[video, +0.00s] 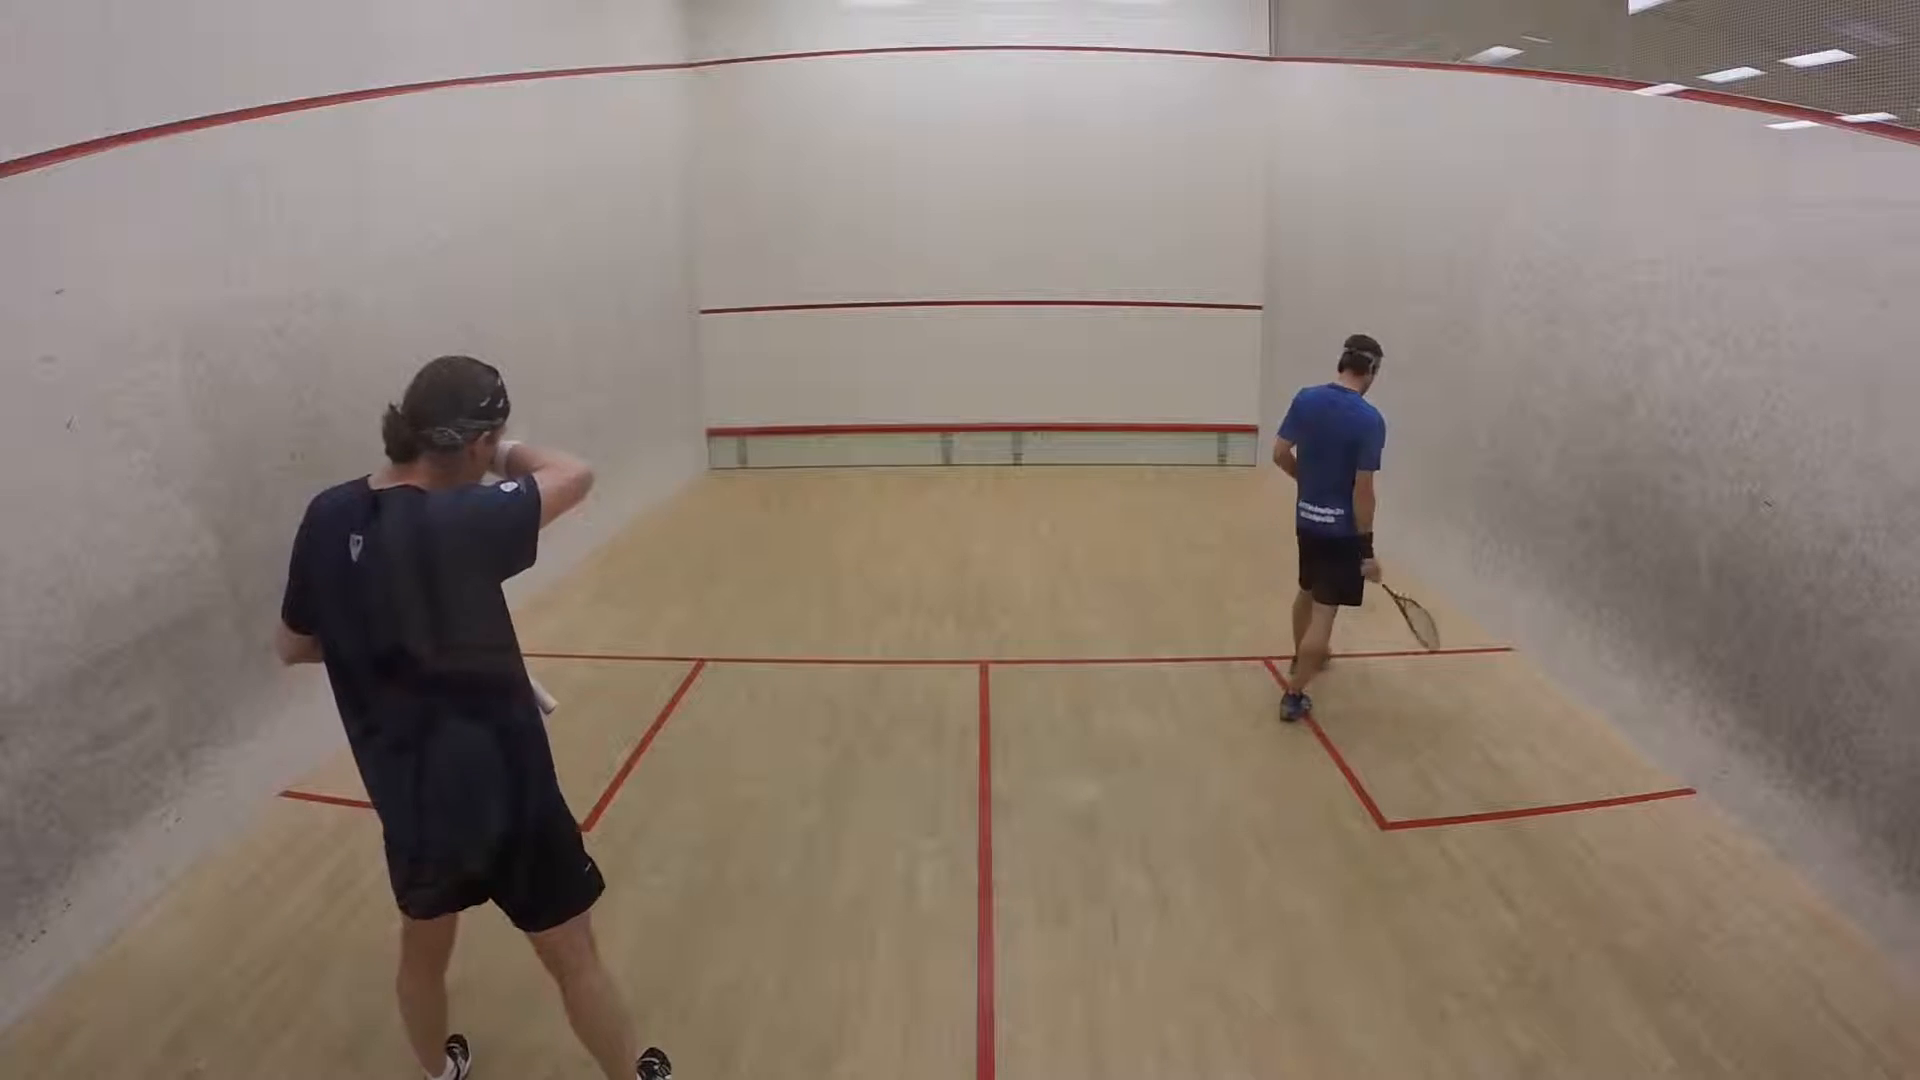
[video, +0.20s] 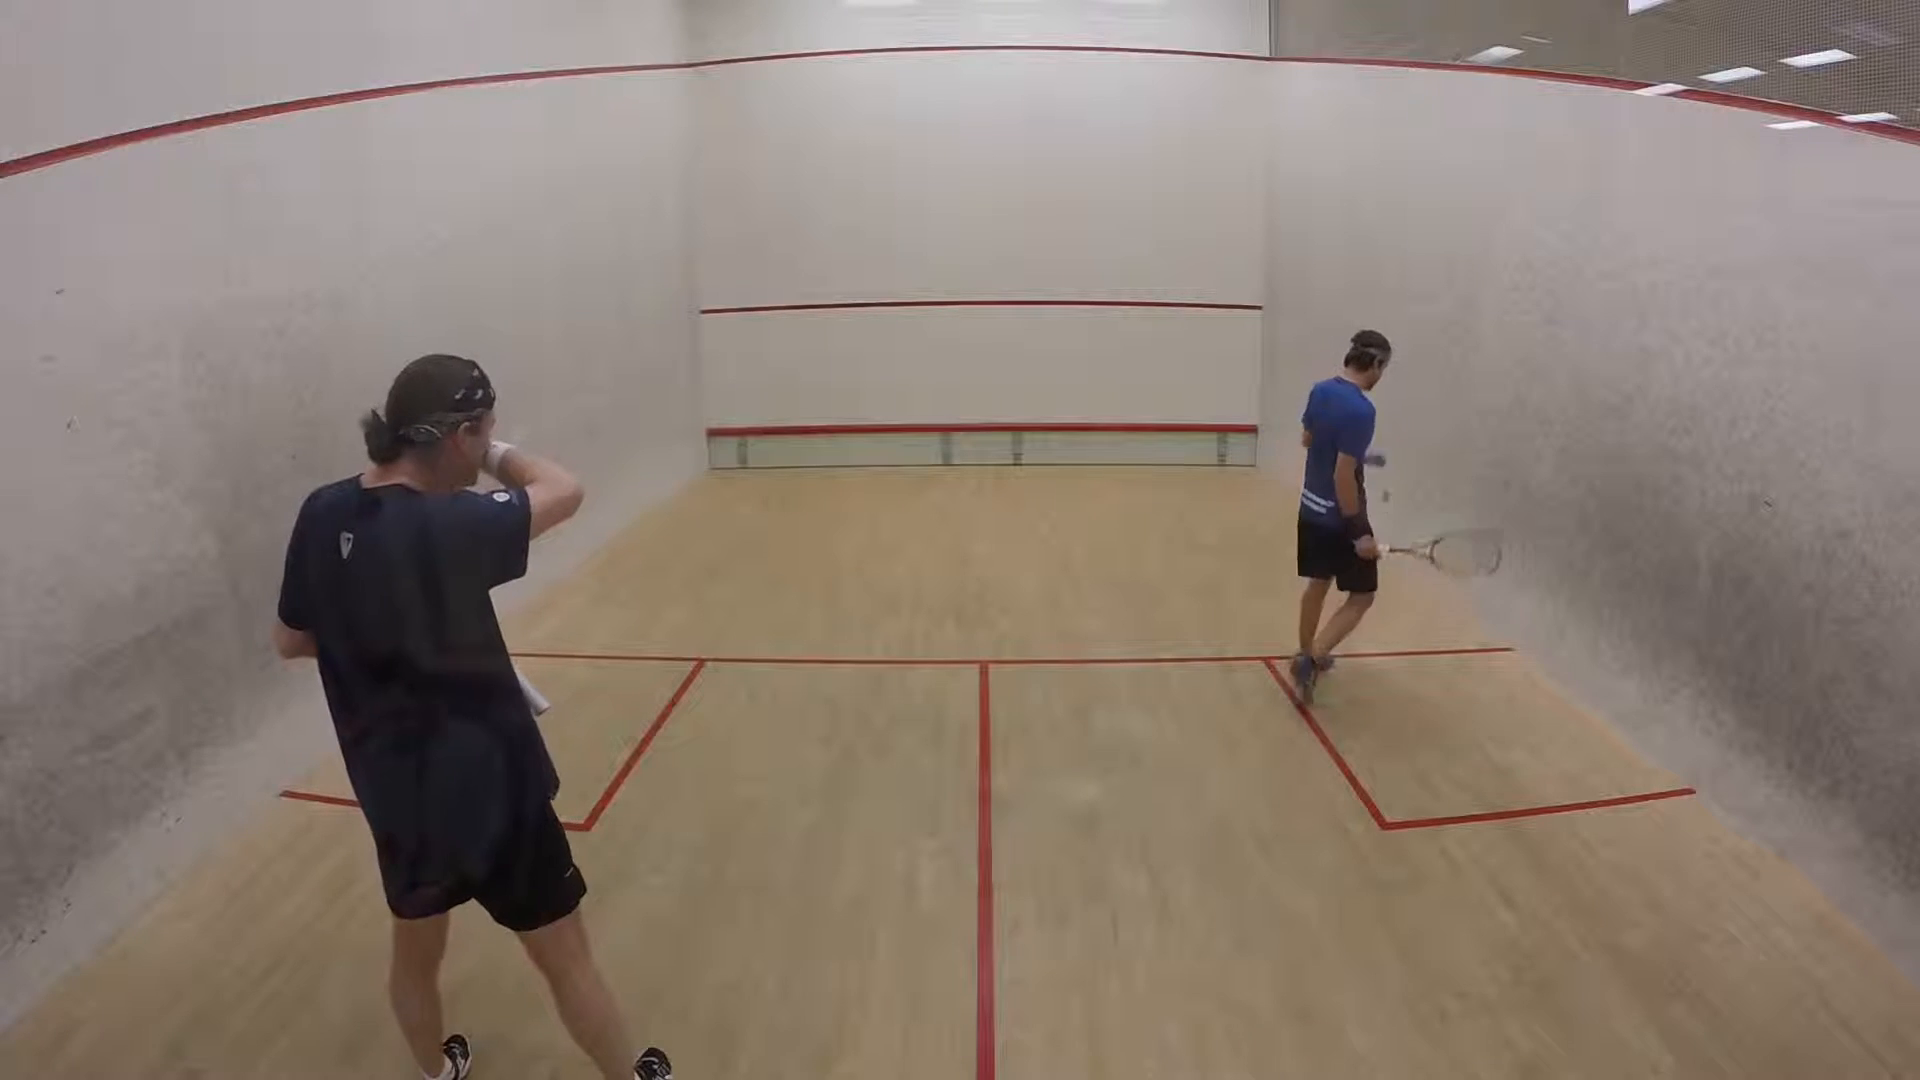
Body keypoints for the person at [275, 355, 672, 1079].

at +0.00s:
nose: (499, 446)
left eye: (498, 435)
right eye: (494, 437)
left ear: (406, 431)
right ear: (474, 444)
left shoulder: (331, 517)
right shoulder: (472, 521)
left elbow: (294, 644)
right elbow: (572, 476)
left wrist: (380, 625)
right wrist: (502, 451)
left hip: (412, 801)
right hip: (509, 792)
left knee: (423, 952)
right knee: (572, 958)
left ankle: (435, 1070)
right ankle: (632, 1072)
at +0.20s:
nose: (491, 445)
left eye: (489, 431)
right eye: (485, 433)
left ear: (396, 434)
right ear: (451, 437)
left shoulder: (323, 515)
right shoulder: (453, 525)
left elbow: (291, 638)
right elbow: (562, 490)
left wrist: (369, 609)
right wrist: (489, 448)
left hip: (399, 799)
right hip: (495, 787)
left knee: (415, 956)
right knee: (566, 959)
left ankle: (433, 1071)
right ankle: (629, 1071)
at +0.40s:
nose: (479, 443)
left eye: (478, 428)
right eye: (473, 429)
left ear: (386, 431)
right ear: (438, 432)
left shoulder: (317, 517)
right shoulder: (450, 519)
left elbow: (288, 644)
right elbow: (564, 489)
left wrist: (373, 619)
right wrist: (482, 447)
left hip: (397, 800)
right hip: (491, 789)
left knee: (414, 955)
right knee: (564, 955)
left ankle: (433, 1070)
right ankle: (629, 1073)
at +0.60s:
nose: (474, 441)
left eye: (472, 426)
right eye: (468, 427)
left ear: (382, 431)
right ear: (437, 430)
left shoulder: (315, 521)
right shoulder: (452, 519)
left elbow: (288, 650)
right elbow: (575, 497)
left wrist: (375, 617)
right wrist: (486, 454)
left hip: (402, 800)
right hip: (497, 788)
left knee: (417, 954)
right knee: (567, 955)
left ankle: (434, 1070)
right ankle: (630, 1072)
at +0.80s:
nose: (474, 426)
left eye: (470, 409)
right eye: (463, 411)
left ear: (388, 424)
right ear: (422, 422)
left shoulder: (315, 523)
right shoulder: (450, 526)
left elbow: (296, 658)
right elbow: (583, 598)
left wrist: (392, 616)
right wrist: (522, 567)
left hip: (402, 797)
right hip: (495, 783)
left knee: (419, 952)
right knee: (569, 950)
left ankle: (434, 1070)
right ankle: (632, 1071)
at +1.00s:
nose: (472, 416)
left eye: (467, 400)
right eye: (459, 404)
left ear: (390, 424)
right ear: (414, 421)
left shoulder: (319, 525)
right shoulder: (459, 525)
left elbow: (301, 658)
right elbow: (554, 665)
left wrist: (366, 603)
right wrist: (526, 611)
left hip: (407, 794)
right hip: (502, 782)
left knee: (420, 953)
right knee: (571, 948)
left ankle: (435, 1070)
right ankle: (631, 1071)